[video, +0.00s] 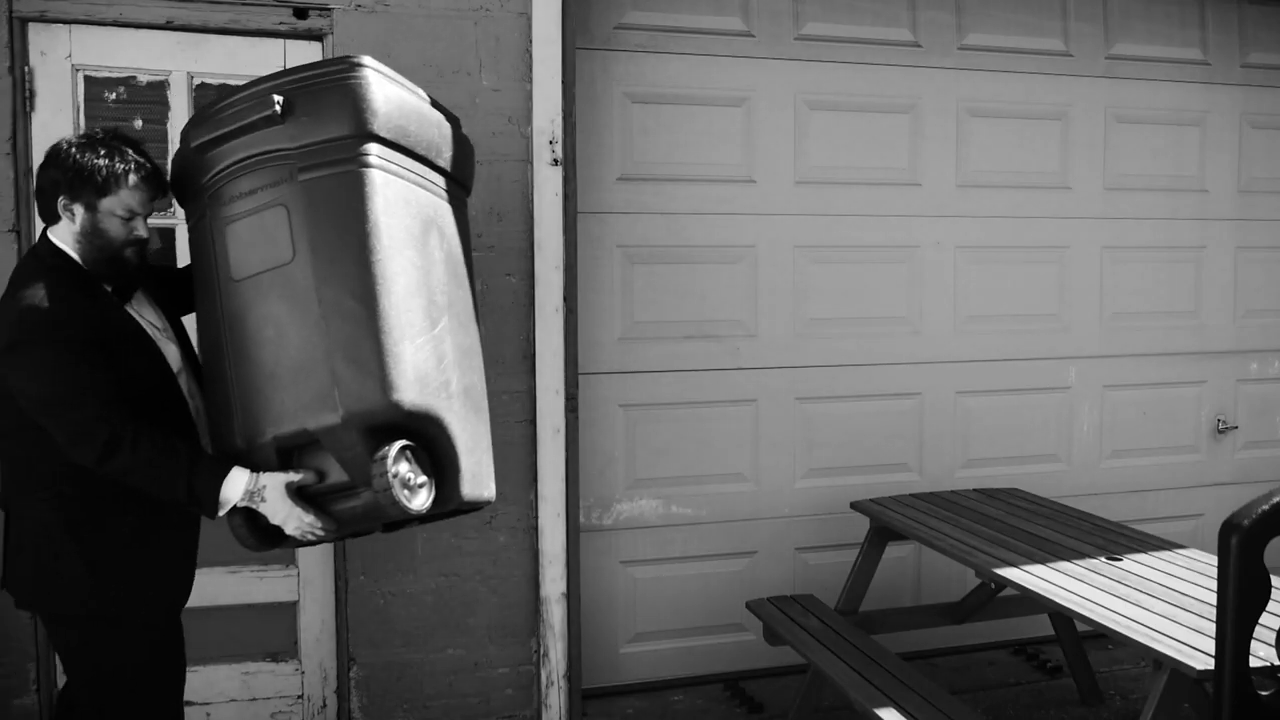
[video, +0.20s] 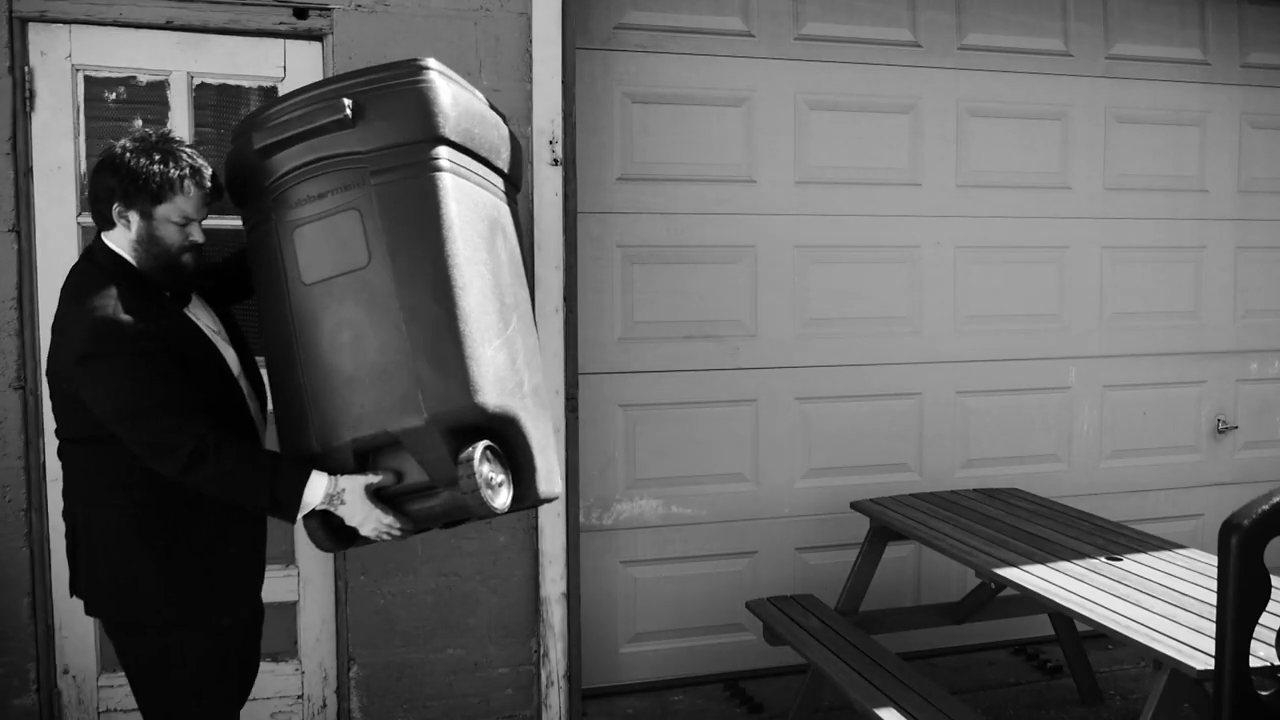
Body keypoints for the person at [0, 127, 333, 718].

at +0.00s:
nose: (144, 232)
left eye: (147, 216)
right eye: (126, 218)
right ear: (69, 211)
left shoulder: (122, 274)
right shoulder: (40, 311)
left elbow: (213, 282)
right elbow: (108, 444)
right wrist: (245, 488)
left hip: (144, 551)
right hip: (95, 569)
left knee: (141, 697)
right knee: (132, 703)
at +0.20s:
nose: (198, 239)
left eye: (199, 223)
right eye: (183, 226)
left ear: (129, 219)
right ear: (125, 218)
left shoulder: (165, 276)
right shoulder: (103, 320)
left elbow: (256, 269)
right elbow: (188, 451)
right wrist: (324, 492)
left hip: (210, 559)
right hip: (163, 582)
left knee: (223, 693)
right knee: (190, 705)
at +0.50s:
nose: (284, 232)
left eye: (286, 216)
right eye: (269, 220)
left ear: (214, 216)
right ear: (212, 215)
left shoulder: (236, 268)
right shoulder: (203, 314)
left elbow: (311, 255)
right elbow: (288, 445)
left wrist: (390, 198)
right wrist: (422, 476)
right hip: (243, 573)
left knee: (314, 701)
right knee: (259, 706)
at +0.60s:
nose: (317, 238)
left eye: (318, 221)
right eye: (302, 225)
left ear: (247, 222)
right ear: (245, 220)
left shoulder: (266, 272)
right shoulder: (236, 319)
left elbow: (338, 260)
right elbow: (322, 446)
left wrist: (414, 203)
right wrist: (452, 477)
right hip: (274, 576)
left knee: (339, 702)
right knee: (286, 706)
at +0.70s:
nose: (351, 241)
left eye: (353, 225)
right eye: (336, 228)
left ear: (283, 225)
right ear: (282, 224)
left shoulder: (305, 278)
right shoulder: (271, 322)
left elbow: (373, 264)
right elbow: (357, 446)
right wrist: (482, 480)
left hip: (348, 558)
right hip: (304, 575)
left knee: (375, 702)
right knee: (297, 706)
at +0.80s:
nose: (385, 243)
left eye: (387, 228)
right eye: (371, 230)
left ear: (320, 225)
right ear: (318, 224)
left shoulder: (334, 279)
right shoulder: (306, 321)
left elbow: (403, 270)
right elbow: (387, 443)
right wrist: (508, 479)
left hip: (379, 552)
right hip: (345, 570)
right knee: (354, 703)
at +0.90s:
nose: (412, 240)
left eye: (415, 225)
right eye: (398, 226)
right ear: (348, 220)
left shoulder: (372, 279)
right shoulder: (334, 314)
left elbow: (427, 278)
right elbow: (412, 437)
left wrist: (494, 223)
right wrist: (530, 476)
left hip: (412, 535)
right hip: (373, 550)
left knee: (419, 692)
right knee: (394, 696)